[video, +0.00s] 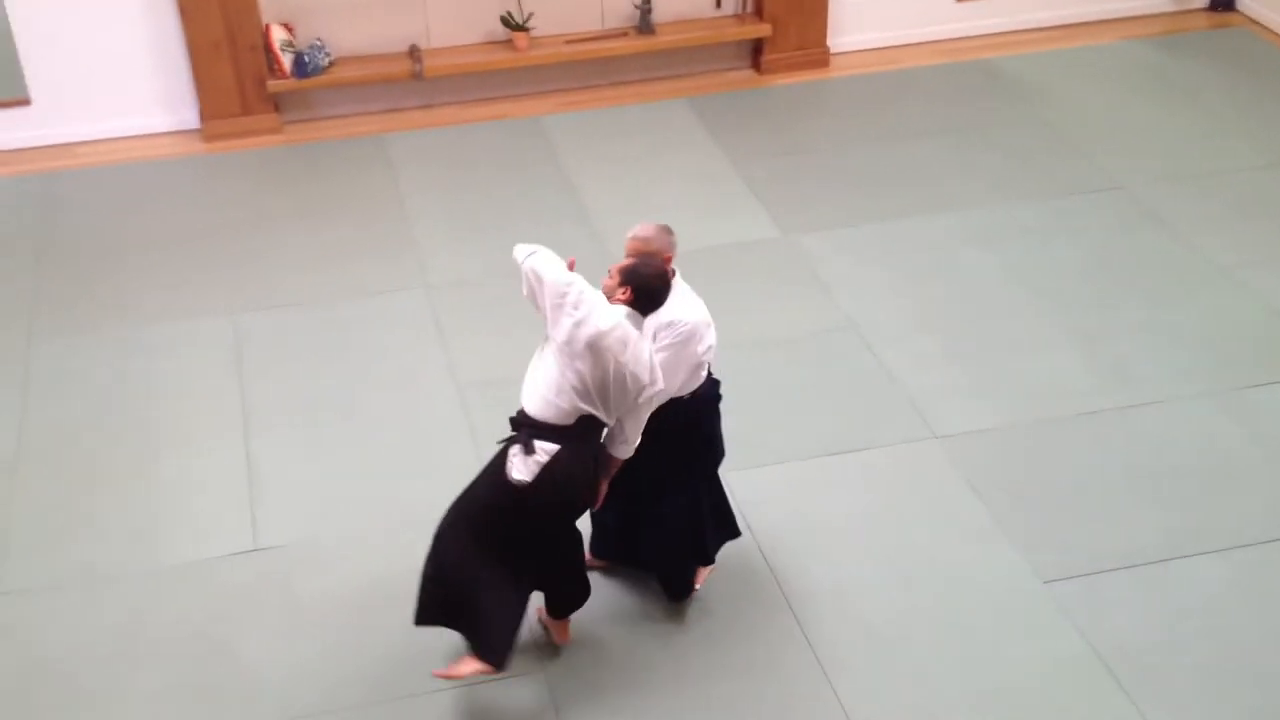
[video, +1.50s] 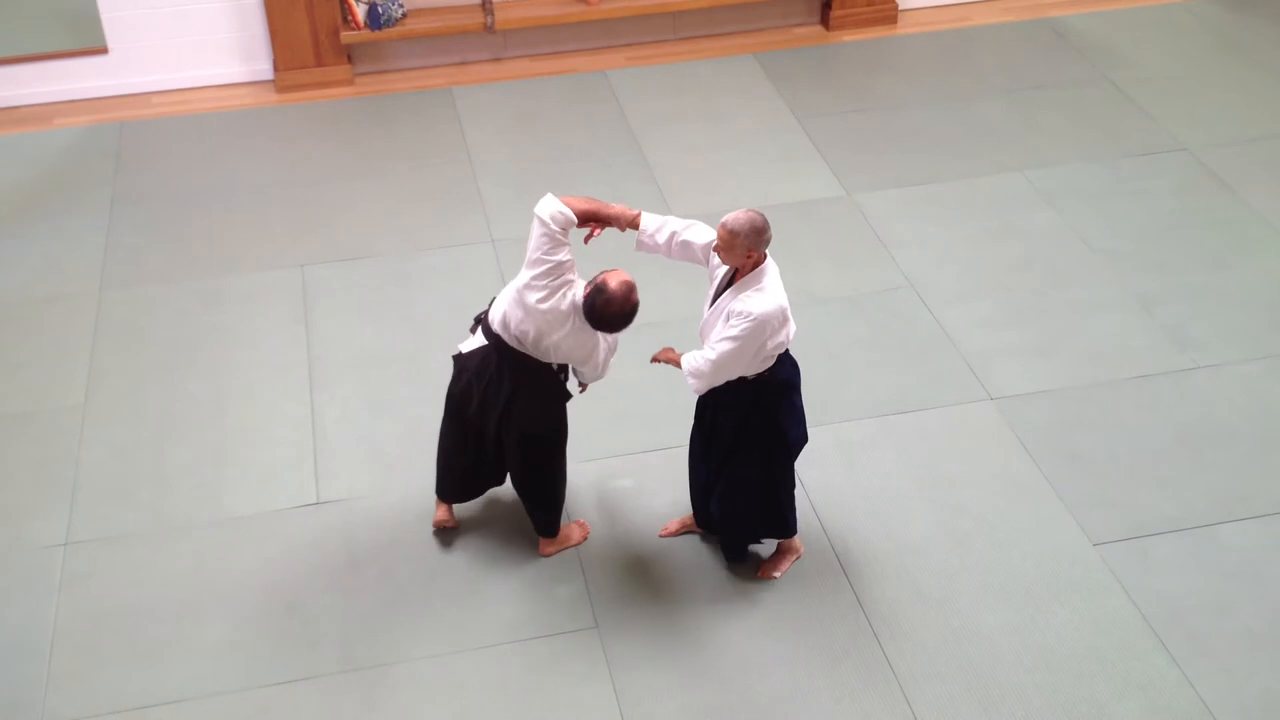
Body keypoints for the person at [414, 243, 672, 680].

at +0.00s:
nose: (605, 278)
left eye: (612, 276)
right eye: (611, 273)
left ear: (623, 293)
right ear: (644, 302)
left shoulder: (581, 307)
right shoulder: (646, 363)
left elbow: (528, 256)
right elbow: (627, 433)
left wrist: (561, 266)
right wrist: (604, 476)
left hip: (536, 452)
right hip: (584, 458)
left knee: (467, 531)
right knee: (557, 534)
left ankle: (486, 651)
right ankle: (558, 618)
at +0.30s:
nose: (644, 244)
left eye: (648, 249)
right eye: (652, 244)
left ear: (636, 273)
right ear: (671, 297)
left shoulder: (590, 275)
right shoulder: (652, 343)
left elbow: (556, 216)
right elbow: (642, 405)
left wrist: (587, 231)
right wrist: (629, 443)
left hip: (531, 405)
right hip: (584, 426)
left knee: (471, 478)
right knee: (574, 508)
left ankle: (443, 579)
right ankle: (579, 594)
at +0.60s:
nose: (629, 241)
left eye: (622, 244)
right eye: (638, 245)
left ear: (601, 256)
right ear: (634, 291)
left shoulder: (561, 259)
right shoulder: (614, 334)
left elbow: (552, 189)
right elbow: (607, 390)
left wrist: (585, 192)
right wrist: (609, 419)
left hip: (500, 377)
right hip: (552, 398)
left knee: (499, 460)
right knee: (577, 472)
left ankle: (498, 545)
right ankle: (580, 562)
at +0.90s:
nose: (627, 252)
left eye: (622, 258)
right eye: (638, 261)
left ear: (601, 269)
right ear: (629, 302)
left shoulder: (564, 258)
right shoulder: (609, 339)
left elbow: (566, 188)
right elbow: (596, 393)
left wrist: (600, 187)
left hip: (498, 360)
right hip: (546, 386)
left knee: (477, 438)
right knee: (552, 457)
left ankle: (454, 517)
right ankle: (551, 535)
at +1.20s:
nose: (624, 265)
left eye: (617, 269)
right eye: (631, 273)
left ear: (593, 279)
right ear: (621, 315)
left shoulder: (555, 264)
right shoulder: (602, 341)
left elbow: (560, 198)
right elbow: (596, 381)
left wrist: (613, 205)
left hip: (492, 350)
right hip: (542, 377)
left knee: (469, 427)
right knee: (547, 451)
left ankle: (447, 503)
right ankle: (551, 534)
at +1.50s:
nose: (620, 269)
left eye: (614, 276)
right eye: (629, 278)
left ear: (590, 286)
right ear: (618, 322)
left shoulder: (551, 268)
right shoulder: (599, 344)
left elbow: (554, 210)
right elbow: (588, 377)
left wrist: (609, 213)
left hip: (487, 356)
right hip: (539, 378)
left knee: (459, 429)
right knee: (543, 455)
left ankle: (443, 506)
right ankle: (549, 535)